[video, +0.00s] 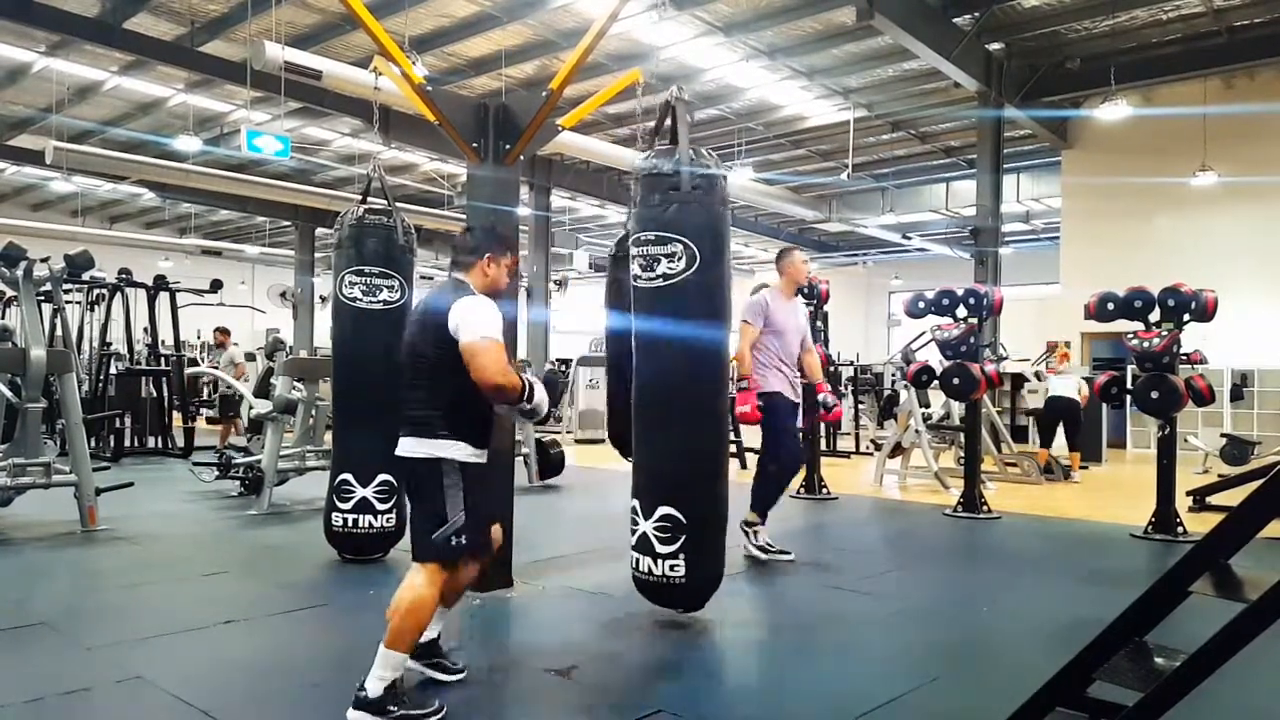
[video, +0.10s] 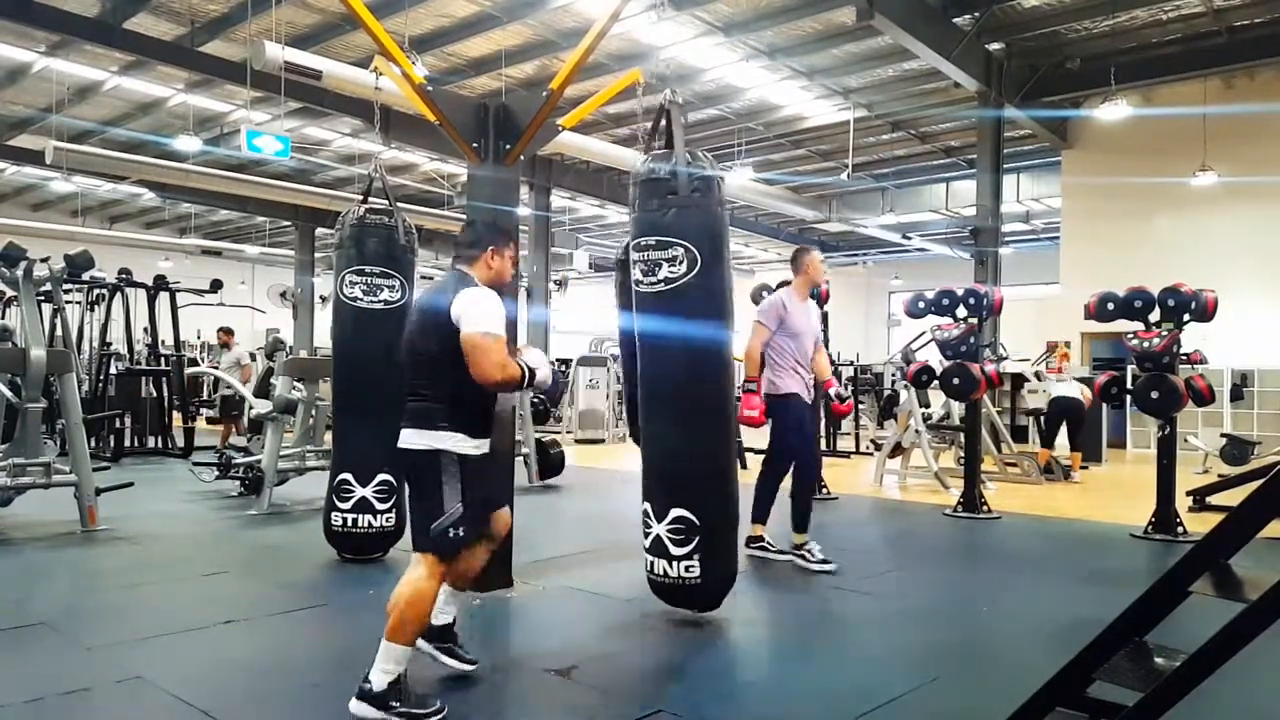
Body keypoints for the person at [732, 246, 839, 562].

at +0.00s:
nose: (809, 269)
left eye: (808, 264)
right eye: (804, 263)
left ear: (792, 270)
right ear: (785, 268)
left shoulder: (800, 308)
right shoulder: (761, 300)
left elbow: (808, 353)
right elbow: (744, 344)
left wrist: (822, 388)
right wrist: (745, 388)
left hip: (791, 390)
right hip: (768, 388)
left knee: (773, 458)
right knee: (791, 457)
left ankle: (757, 534)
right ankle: (752, 521)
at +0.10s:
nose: (825, 270)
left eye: (824, 264)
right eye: (821, 263)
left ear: (808, 268)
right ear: (806, 267)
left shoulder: (813, 308)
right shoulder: (778, 301)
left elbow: (817, 354)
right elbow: (753, 346)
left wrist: (834, 389)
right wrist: (751, 392)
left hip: (803, 394)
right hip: (783, 393)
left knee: (777, 462)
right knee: (806, 465)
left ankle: (757, 535)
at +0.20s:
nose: (842, 273)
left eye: (840, 267)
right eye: (838, 267)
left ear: (823, 270)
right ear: (825, 270)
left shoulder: (820, 308)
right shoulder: (794, 304)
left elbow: (824, 356)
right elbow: (767, 349)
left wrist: (839, 387)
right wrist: (765, 394)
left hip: (813, 401)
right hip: (798, 402)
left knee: (782, 467)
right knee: (820, 473)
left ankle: (758, 534)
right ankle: (848, 549)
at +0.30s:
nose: (864, 273)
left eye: (862, 267)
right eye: (861, 267)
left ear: (844, 270)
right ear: (848, 270)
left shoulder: (838, 306)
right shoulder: (815, 305)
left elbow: (836, 358)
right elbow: (793, 354)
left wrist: (850, 395)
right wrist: (791, 397)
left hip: (835, 402)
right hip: (824, 402)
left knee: (805, 469)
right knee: (843, 477)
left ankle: (765, 527)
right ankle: (861, 551)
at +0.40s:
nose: (879, 270)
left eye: (878, 265)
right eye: (877, 265)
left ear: (858, 267)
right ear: (865, 268)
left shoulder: (857, 304)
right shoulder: (835, 303)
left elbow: (856, 360)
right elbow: (822, 353)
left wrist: (867, 400)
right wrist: (825, 397)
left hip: (856, 398)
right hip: (843, 399)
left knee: (847, 471)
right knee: (855, 473)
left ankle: (790, 516)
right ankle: (861, 551)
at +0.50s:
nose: (893, 271)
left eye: (892, 265)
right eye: (891, 265)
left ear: (871, 265)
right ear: (881, 266)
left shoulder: (868, 302)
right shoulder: (855, 301)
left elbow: (865, 352)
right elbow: (854, 354)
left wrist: (879, 384)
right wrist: (869, 392)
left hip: (868, 397)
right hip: (852, 399)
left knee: (884, 468)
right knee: (860, 476)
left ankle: (824, 508)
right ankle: (862, 550)